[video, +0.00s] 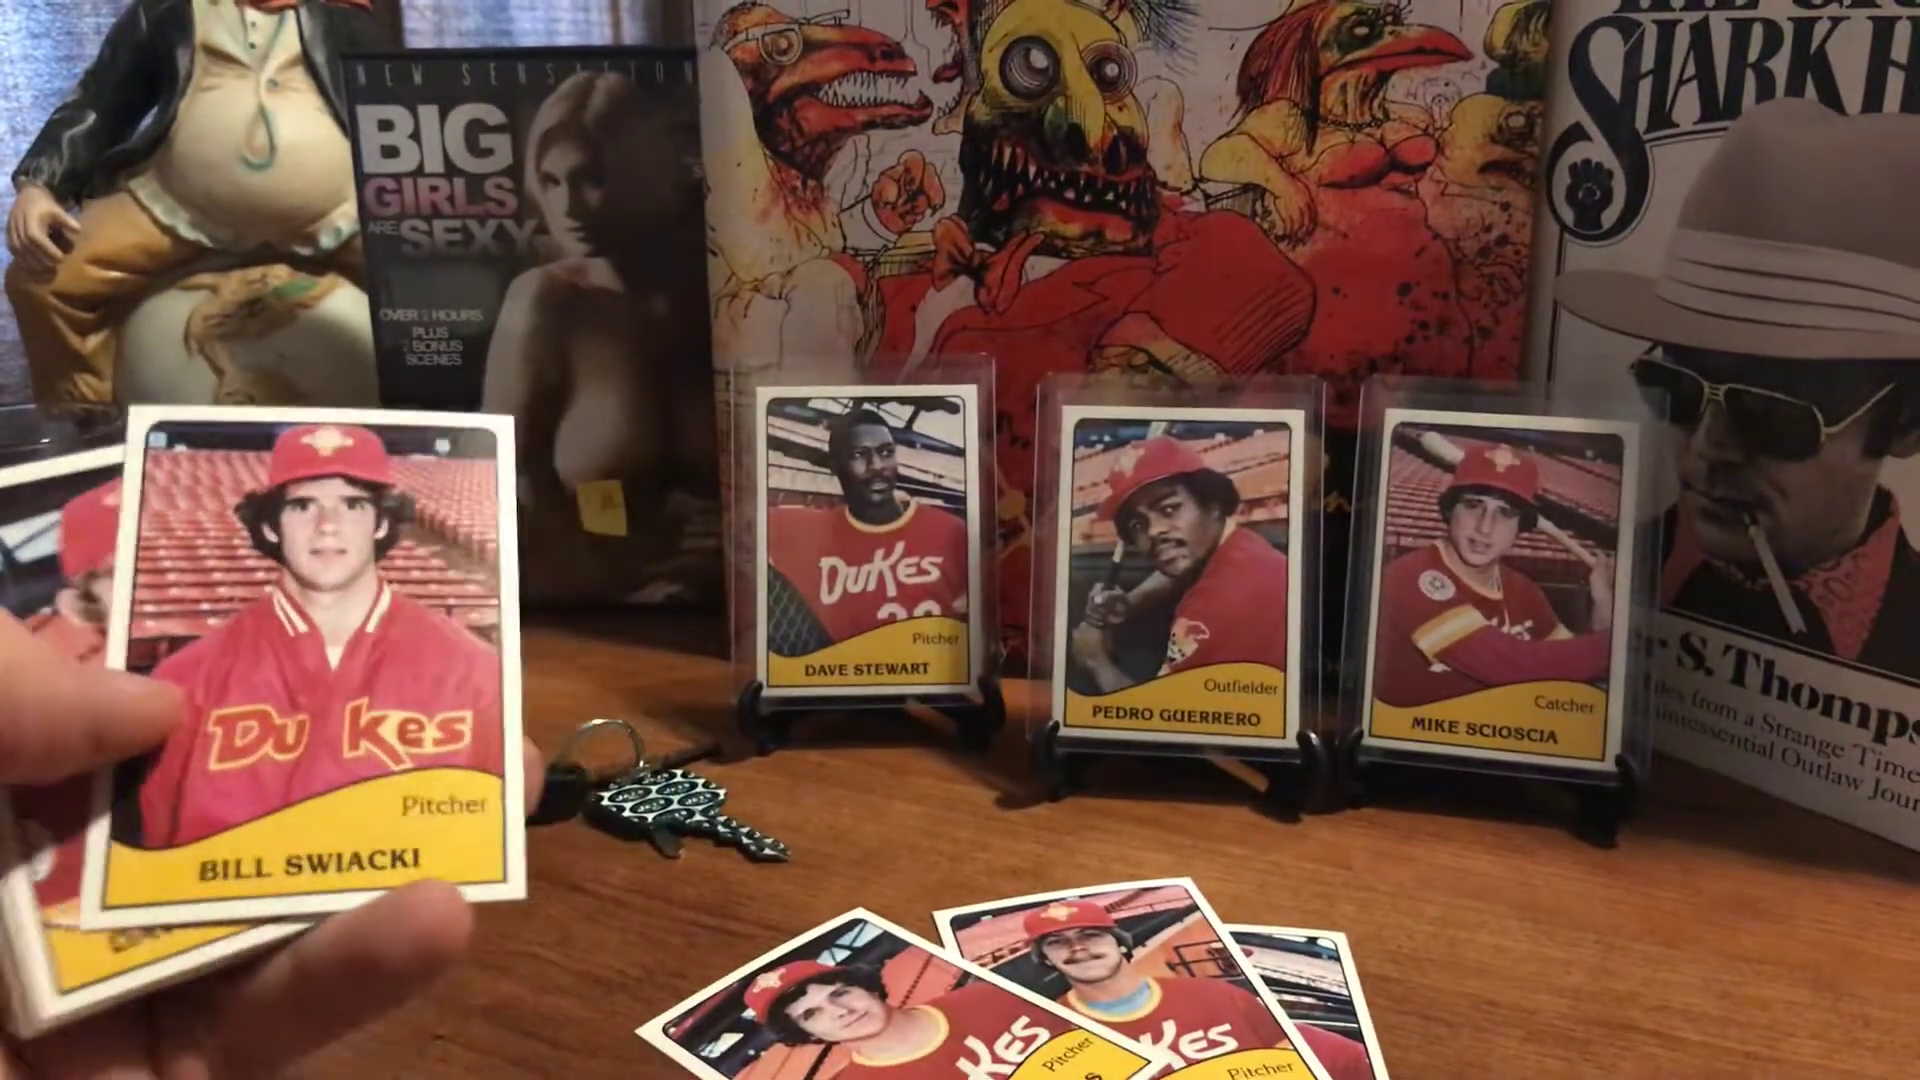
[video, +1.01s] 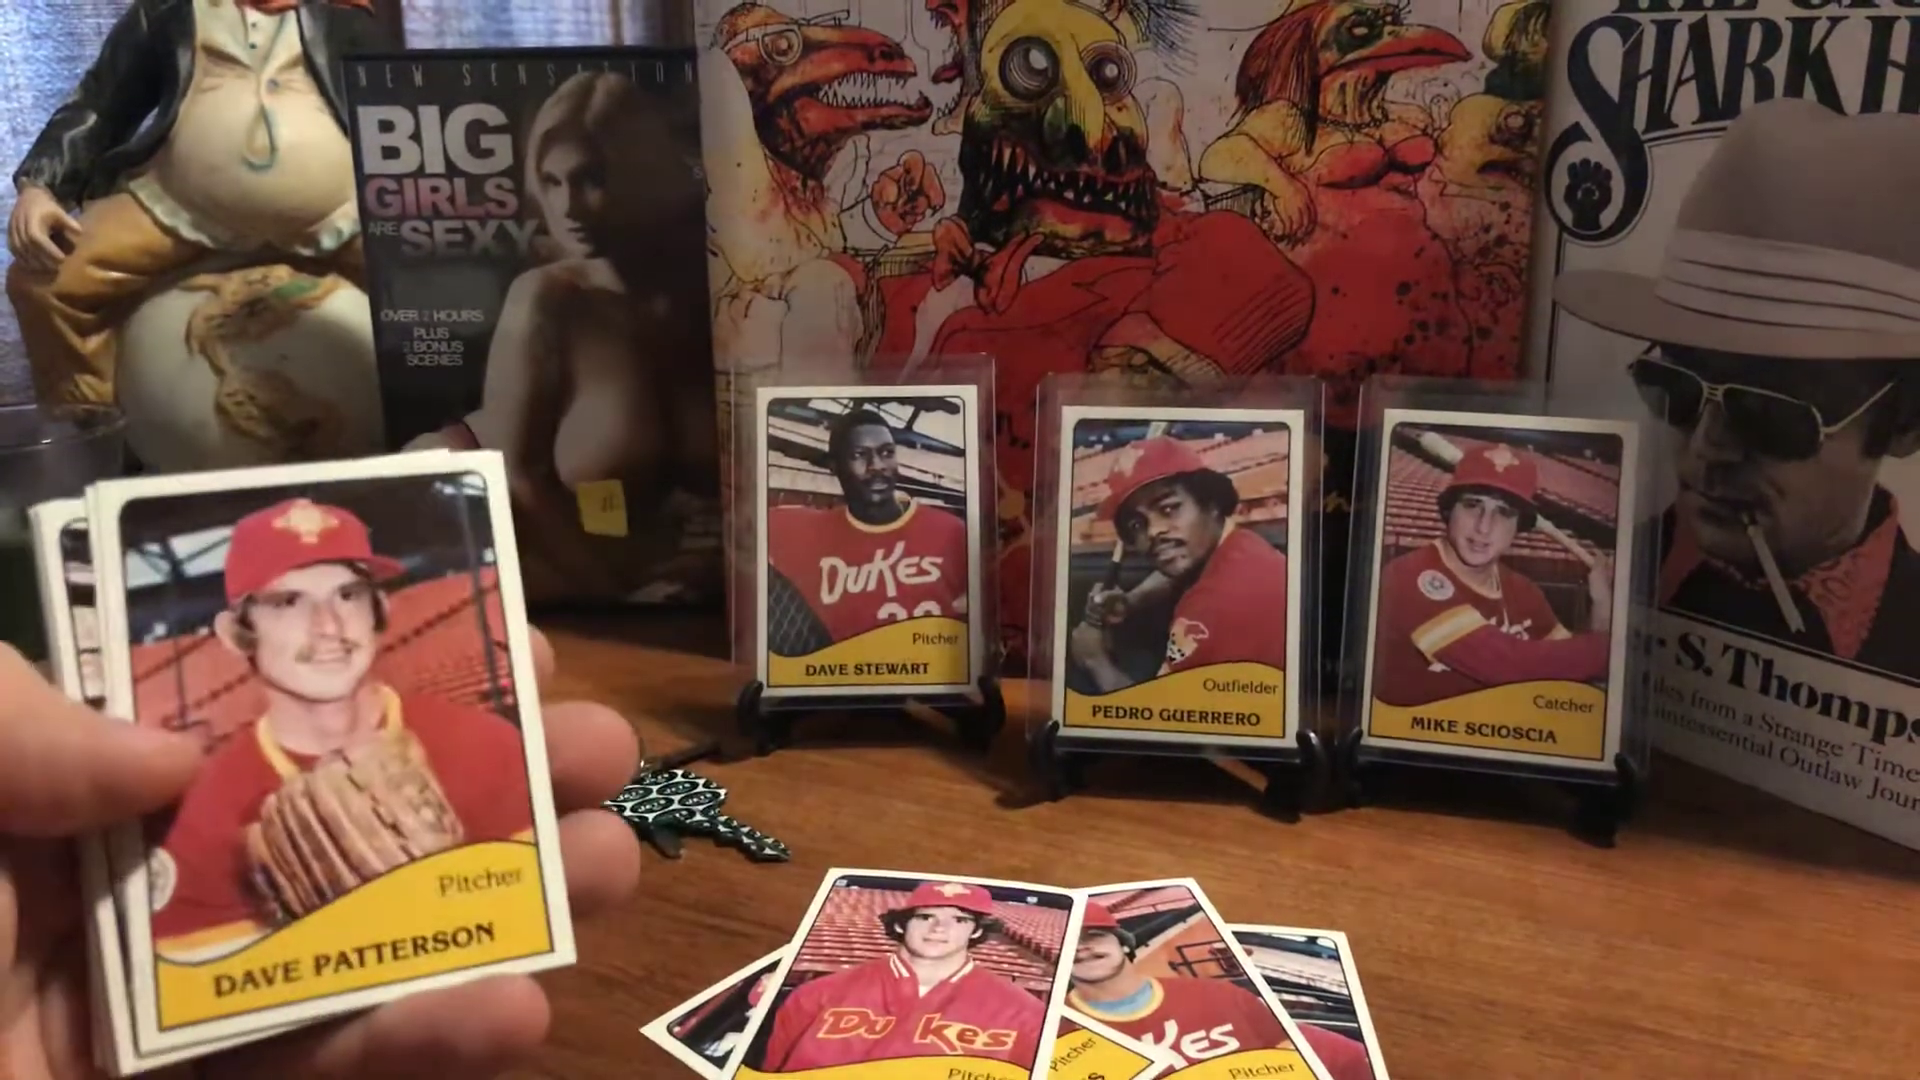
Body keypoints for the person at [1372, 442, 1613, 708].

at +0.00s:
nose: (1484, 526)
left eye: (1504, 513)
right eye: (1473, 505)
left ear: (1520, 527)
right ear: (1450, 510)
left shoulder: (1523, 592)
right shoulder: (1413, 578)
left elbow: (1575, 674)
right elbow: (1506, 664)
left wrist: (1603, 608)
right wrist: (1618, 640)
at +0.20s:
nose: (1484, 525)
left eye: (1504, 511)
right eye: (1473, 504)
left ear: (1519, 526)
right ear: (1450, 508)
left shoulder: (1523, 591)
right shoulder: (1413, 577)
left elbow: (1576, 673)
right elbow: (1505, 663)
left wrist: (1603, 606)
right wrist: (1616, 640)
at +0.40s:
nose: (1484, 526)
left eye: (1504, 512)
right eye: (1473, 504)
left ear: (1519, 527)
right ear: (1450, 508)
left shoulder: (1522, 592)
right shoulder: (1414, 577)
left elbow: (1578, 669)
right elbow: (1503, 664)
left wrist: (1603, 607)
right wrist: (1616, 641)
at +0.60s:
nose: (1484, 526)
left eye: (1503, 512)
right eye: (1473, 505)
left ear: (1518, 527)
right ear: (1449, 509)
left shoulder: (1521, 591)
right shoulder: (1413, 578)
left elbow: (1577, 667)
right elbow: (1503, 664)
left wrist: (1603, 606)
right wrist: (1616, 640)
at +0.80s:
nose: (1484, 525)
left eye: (1503, 511)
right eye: (1473, 504)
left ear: (1518, 527)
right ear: (1449, 509)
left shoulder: (1521, 591)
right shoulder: (1413, 577)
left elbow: (1578, 665)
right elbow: (1501, 663)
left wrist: (1602, 604)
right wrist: (1616, 640)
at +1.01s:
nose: (1483, 526)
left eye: (1503, 512)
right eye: (1473, 505)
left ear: (1518, 527)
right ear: (1449, 509)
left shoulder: (1522, 592)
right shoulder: (1412, 578)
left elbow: (1577, 671)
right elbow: (1501, 664)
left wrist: (1602, 606)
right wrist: (1611, 647)